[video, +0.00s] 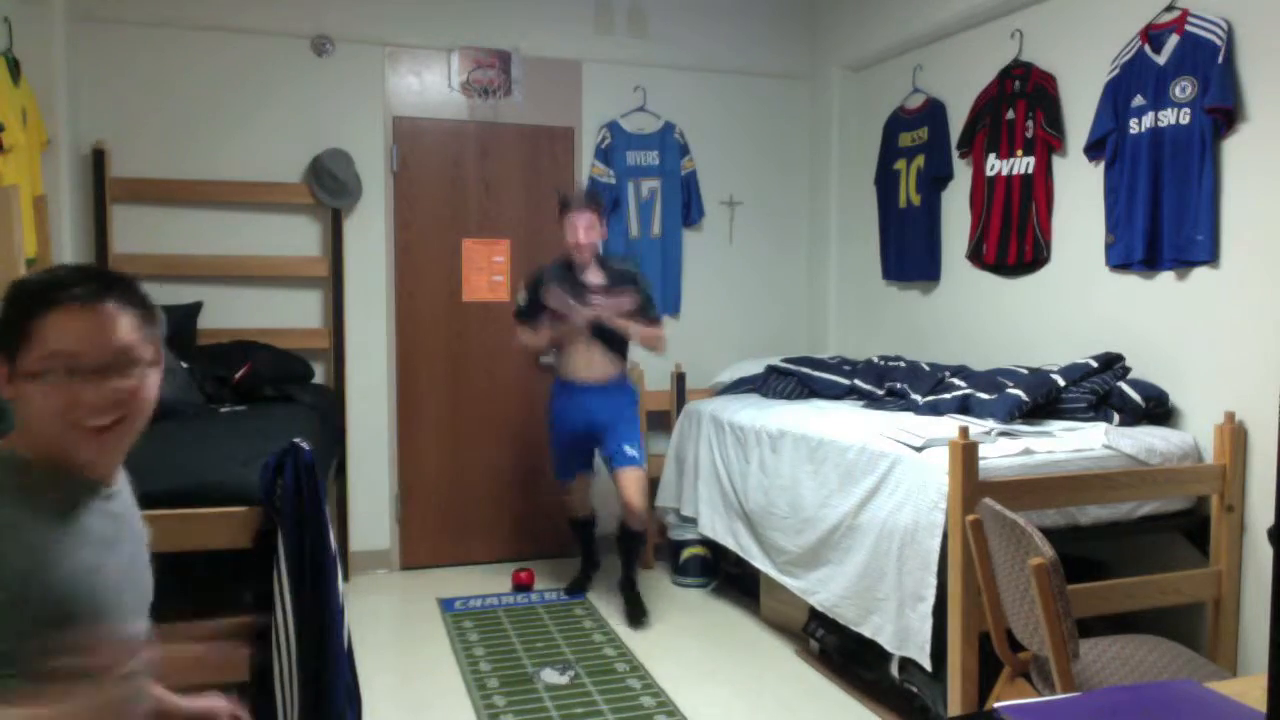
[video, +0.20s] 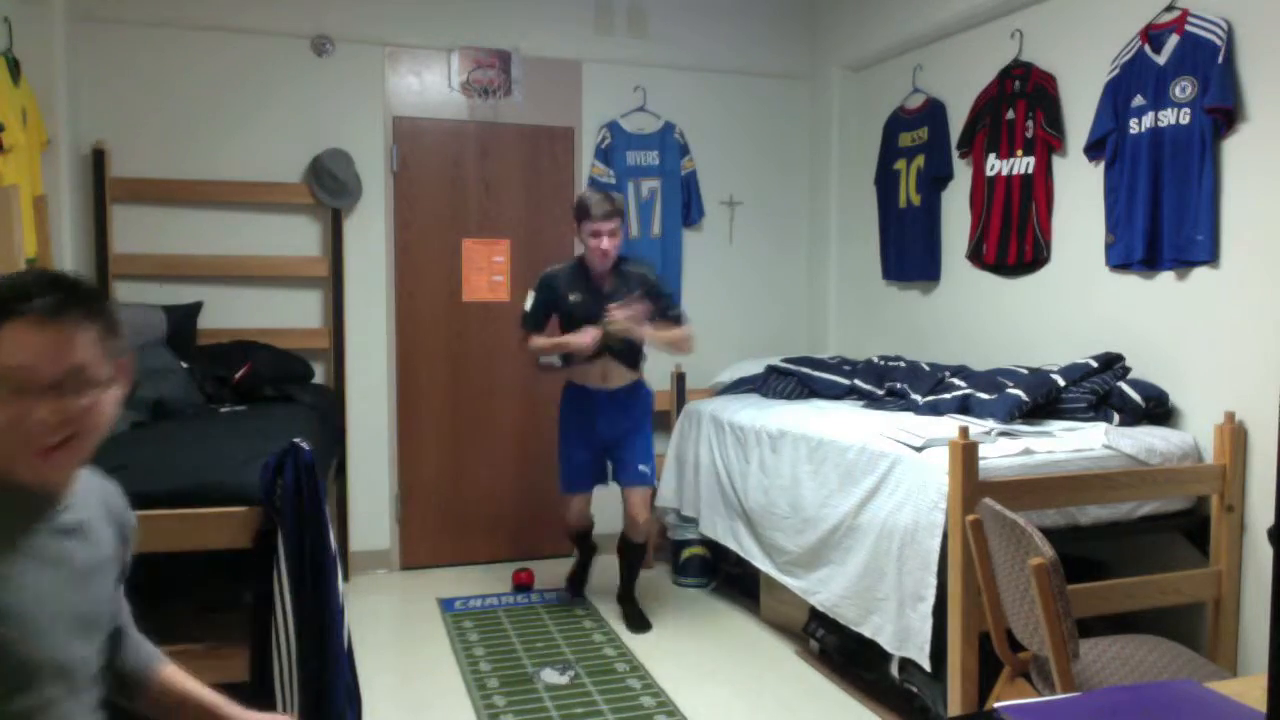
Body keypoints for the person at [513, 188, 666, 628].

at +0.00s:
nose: (580, 239)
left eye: (587, 229)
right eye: (572, 230)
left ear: (601, 231)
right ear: (562, 234)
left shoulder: (624, 277)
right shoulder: (547, 281)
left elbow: (656, 339)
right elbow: (528, 340)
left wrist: (609, 317)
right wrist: (567, 323)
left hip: (616, 396)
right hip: (568, 398)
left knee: (635, 501)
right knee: (575, 494)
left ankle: (629, 582)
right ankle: (587, 563)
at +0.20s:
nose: (604, 245)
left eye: (612, 235)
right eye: (595, 236)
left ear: (622, 235)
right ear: (579, 235)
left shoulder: (641, 279)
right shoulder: (555, 283)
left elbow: (684, 341)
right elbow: (532, 342)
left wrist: (639, 329)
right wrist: (570, 342)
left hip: (630, 403)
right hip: (578, 403)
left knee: (639, 512)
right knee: (575, 512)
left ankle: (628, 593)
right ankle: (583, 557)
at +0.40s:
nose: (606, 230)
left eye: (612, 219)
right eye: (595, 221)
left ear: (624, 211)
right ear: (576, 218)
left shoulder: (645, 255)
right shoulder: (557, 265)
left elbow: (679, 326)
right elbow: (539, 331)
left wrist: (623, 290)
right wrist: (560, 344)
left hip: (641, 397)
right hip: (587, 397)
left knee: (640, 511)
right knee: (583, 521)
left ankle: (641, 587)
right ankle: (596, 634)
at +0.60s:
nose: (624, 216)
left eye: (631, 205)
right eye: (614, 206)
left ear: (641, 203)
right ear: (589, 206)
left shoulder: (662, 253)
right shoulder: (560, 267)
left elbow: (722, 306)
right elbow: (523, 348)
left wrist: (658, 276)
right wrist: (584, 352)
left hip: (654, 415)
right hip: (594, 418)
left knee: (674, 557)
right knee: (593, 545)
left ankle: (646, 675)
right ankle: (589, 654)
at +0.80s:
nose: (632, 202)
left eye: (642, 187)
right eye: (618, 189)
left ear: (662, 184)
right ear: (600, 192)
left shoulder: (693, 254)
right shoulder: (579, 264)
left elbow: (756, 338)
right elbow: (543, 354)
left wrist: (676, 294)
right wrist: (590, 360)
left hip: (675, 444)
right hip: (604, 443)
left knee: (675, 593)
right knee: (577, 593)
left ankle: (669, 712)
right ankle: (580, 690)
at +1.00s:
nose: (614, 164)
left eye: (627, 146)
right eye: (599, 150)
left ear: (656, 146)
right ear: (583, 156)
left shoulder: (708, 235)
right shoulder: (565, 244)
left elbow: (780, 343)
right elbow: (539, 342)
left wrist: (734, 306)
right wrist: (547, 377)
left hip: (687, 460)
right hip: (599, 459)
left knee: (703, 629)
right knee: (595, 631)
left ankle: (706, 714)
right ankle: (596, 714)